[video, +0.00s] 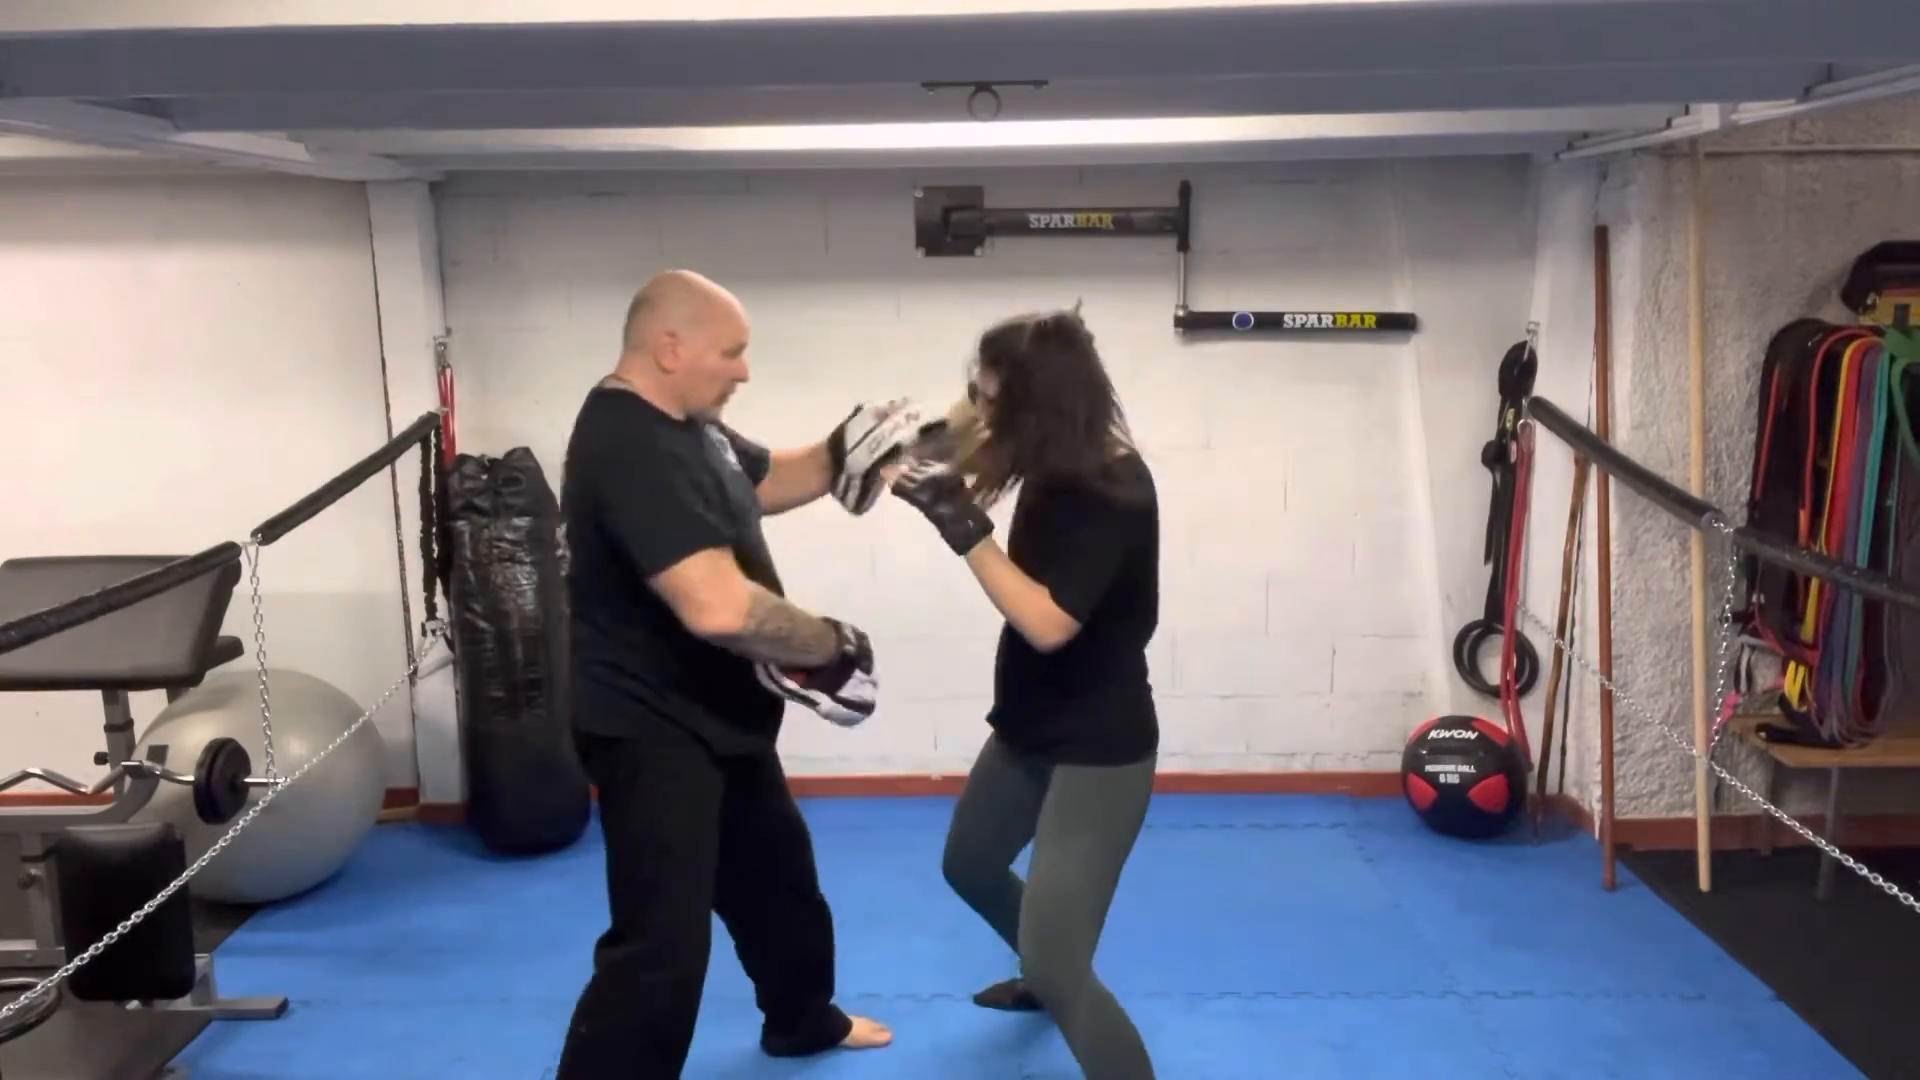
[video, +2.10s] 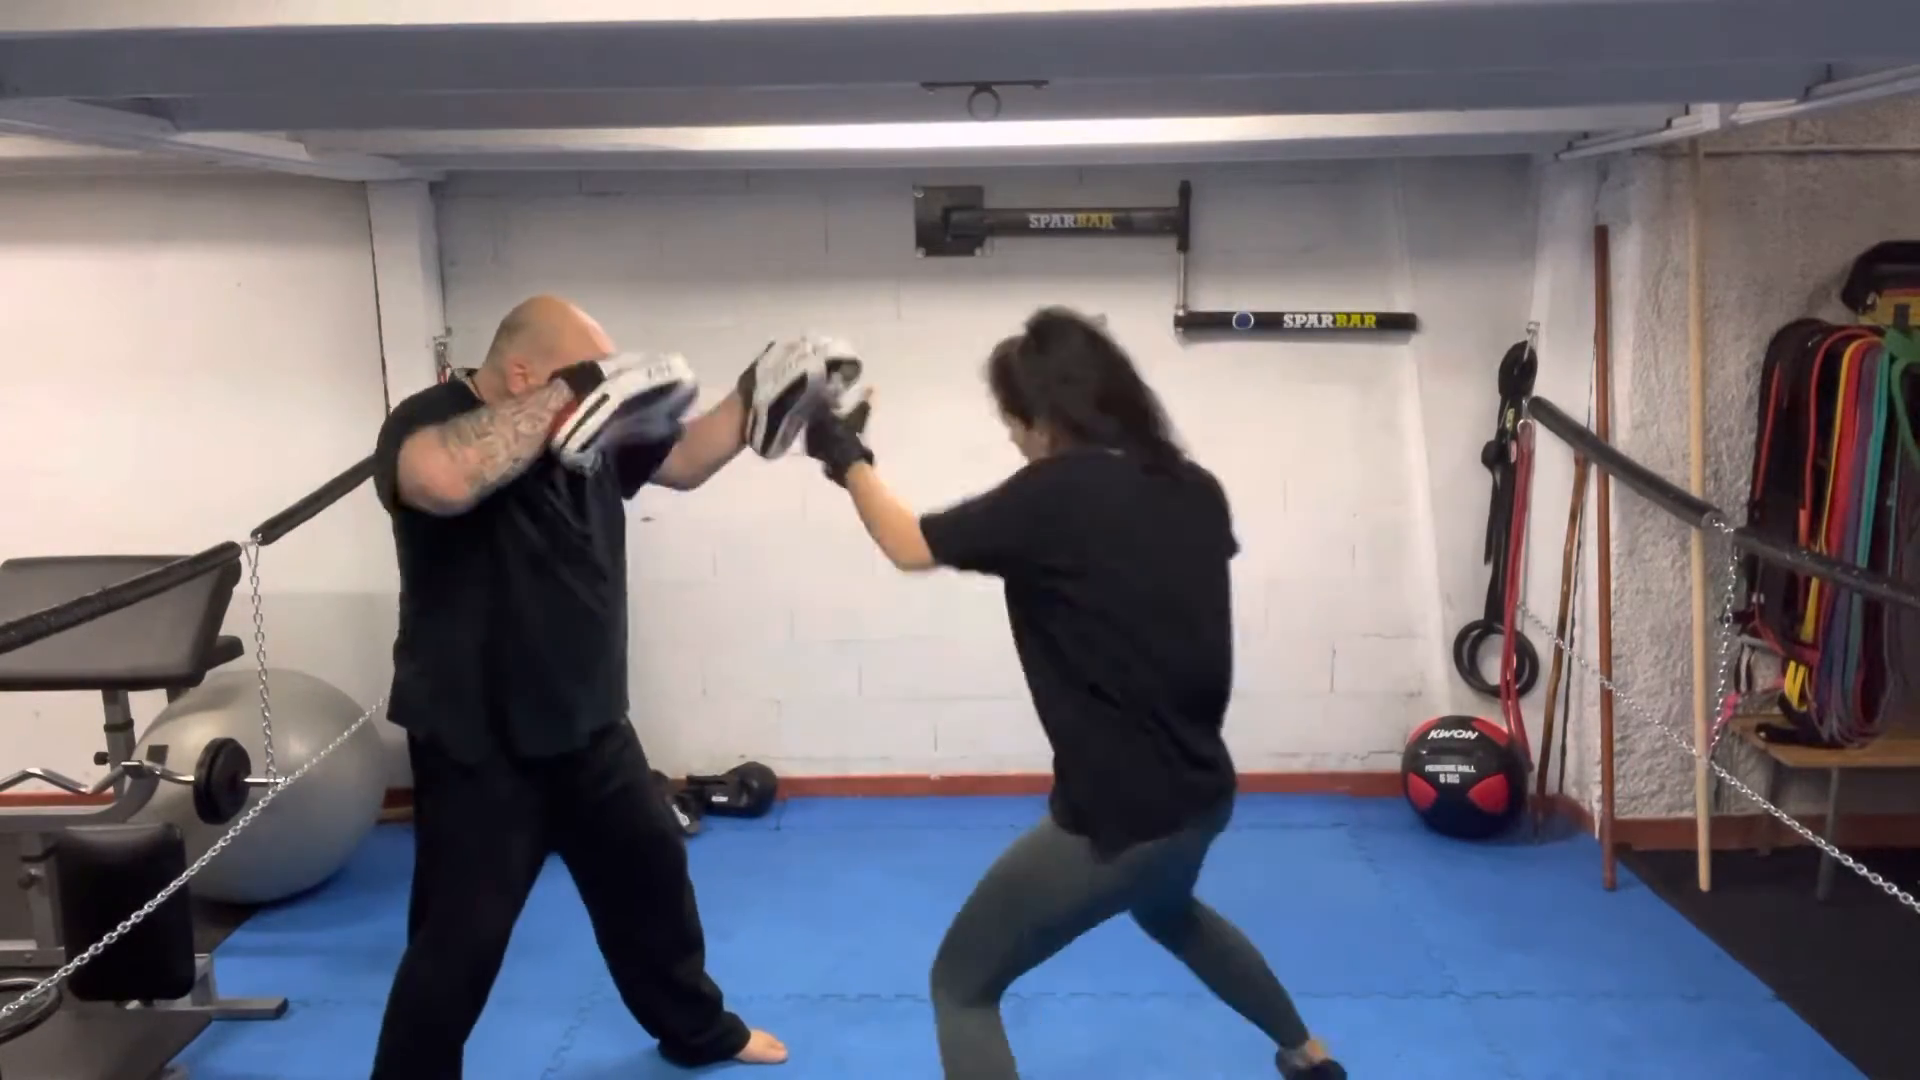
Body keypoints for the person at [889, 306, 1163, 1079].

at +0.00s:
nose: (978, 409)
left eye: (989, 396)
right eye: (980, 394)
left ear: (1033, 406)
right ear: (1050, 400)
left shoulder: (1109, 491)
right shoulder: (1046, 465)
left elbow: (1049, 621)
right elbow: (967, 440)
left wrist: (967, 530)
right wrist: (907, 453)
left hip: (1102, 748)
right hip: (1030, 728)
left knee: (1054, 966)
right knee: (970, 865)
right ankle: (1050, 976)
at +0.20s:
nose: (999, 396)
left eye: (1009, 380)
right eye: (998, 378)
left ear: (1054, 385)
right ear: (1091, 374)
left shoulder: (1122, 476)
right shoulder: (1121, 456)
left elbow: (1032, 619)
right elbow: (1065, 535)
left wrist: (965, 515)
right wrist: (1009, 469)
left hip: (1149, 773)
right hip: (1110, 750)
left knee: (1043, 987)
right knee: (1049, 851)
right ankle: (1049, 988)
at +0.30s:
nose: (1018, 389)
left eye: (1028, 370)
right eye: (1018, 370)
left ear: (1075, 372)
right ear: (1112, 366)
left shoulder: (1131, 472)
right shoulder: (1165, 454)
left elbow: (1048, 614)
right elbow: (1131, 572)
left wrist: (976, 515)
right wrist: (1051, 514)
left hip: (1159, 779)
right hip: (1183, 760)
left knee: (1049, 986)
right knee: (1109, 864)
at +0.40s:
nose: (1042, 386)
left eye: (1052, 367)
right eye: (1042, 366)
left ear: (1101, 369)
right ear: (1122, 364)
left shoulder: (1159, 466)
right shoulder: (1187, 451)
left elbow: (1087, 614)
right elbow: (1155, 574)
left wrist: (1008, 522)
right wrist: (1071, 516)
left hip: (1182, 779)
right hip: (1218, 760)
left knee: (1065, 981)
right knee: (1170, 885)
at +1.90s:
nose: (1086, 421)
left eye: (1087, 404)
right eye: (1081, 405)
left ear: (1130, 400)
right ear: (1189, 384)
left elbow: (1017, 550)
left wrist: (984, 478)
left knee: (1038, 963)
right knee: (1259, 891)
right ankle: (1326, 1062)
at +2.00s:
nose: (1062, 422)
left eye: (1064, 406)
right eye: (1061, 406)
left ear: (1090, 403)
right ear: (1166, 391)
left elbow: (920, 467)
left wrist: (830, 423)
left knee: (1002, 979)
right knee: (1236, 900)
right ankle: (1318, 1063)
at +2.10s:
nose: (1014, 439)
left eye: (1014, 422)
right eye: (1009, 422)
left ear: (1045, 418)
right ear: (1114, 399)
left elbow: (909, 544)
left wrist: (846, 455)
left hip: (1111, 822)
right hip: (1199, 799)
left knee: (961, 985)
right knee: (1170, 912)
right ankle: (1303, 1052)